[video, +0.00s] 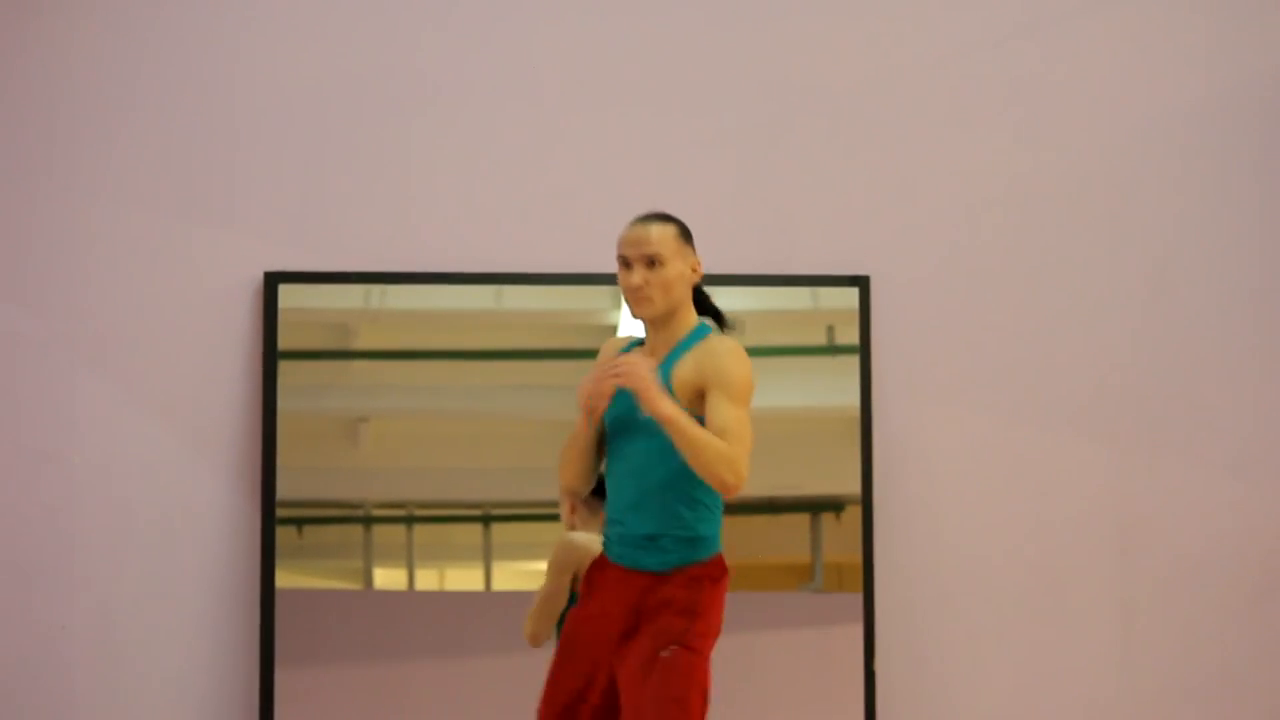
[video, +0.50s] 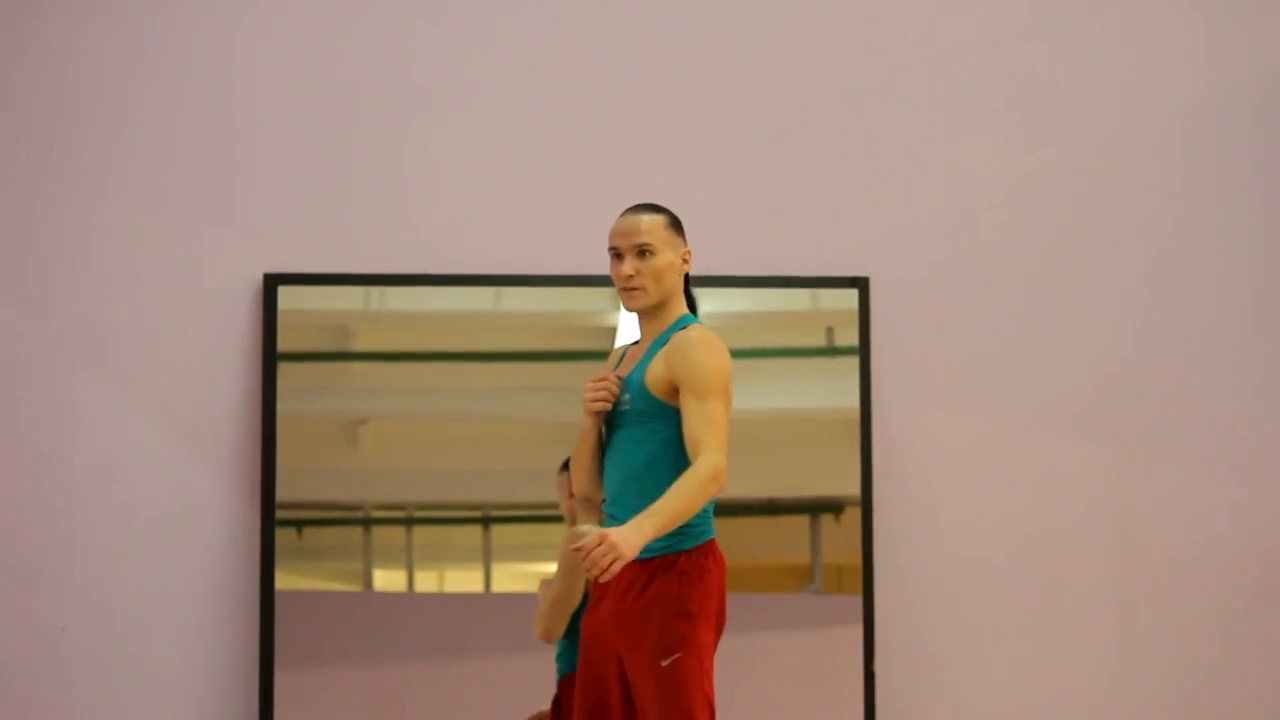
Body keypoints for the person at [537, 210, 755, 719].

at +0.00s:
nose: (636, 279)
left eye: (653, 263)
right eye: (626, 265)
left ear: (693, 270)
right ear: (617, 275)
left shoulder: (720, 355)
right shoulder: (619, 355)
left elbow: (731, 476)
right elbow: (574, 485)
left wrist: (657, 400)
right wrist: (589, 417)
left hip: (683, 582)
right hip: (613, 577)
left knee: (661, 710)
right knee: (564, 710)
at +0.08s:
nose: (628, 268)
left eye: (645, 251)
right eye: (618, 255)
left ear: (687, 258)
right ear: (610, 265)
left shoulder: (709, 346)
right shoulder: (624, 352)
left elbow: (720, 470)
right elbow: (575, 484)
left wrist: (625, 421)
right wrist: (593, 400)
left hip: (673, 572)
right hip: (610, 568)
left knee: (659, 709)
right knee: (584, 708)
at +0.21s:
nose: (624, 268)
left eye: (641, 251)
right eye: (615, 255)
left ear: (682, 258)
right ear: (607, 266)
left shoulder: (697, 346)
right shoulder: (626, 352)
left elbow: (703, 467)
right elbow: (584, 485)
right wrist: (596, 417)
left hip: (670, 572)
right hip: (616, 571)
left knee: (668, 710)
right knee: (594, 708)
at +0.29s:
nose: (624, 269)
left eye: (641, 252)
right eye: (614, 256)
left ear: (682, 259)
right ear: (607, 265)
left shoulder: (694, 346)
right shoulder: (625, 354)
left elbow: (701, 468)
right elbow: (588, 491)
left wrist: (617, 527)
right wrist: (594, 418)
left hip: (672, 572)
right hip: (617, 570)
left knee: (670, 709)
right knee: (599, 708)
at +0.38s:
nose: (624, 269)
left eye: (641, 253)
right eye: (615, 256)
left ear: (683, 260)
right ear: (606, 265)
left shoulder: (695, 347)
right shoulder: (624, 357)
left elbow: (705, 472)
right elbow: (588, 494)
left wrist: (626, 533)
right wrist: (592, 421)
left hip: (674, 573)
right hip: (618, 572)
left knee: (672, 710)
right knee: (601, 709)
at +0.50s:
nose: (626, 270)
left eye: (643, 253)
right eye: (616, 256)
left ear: (684, 260)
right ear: (608, 266)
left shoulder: (697, 347)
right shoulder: (622, 357)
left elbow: (711, 471)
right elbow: (587, 493)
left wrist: (633, 534)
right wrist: (591, 422)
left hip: (674, 574)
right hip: (615, 571)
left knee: (670, 710)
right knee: (597, 709)